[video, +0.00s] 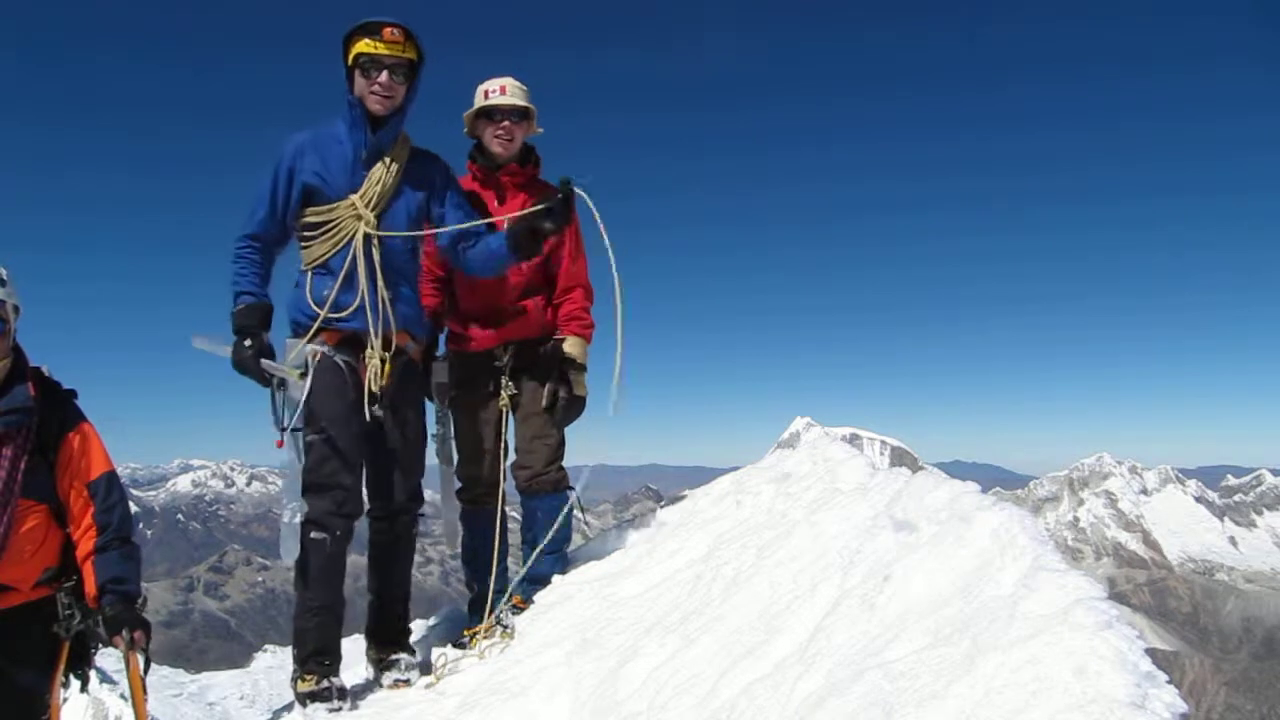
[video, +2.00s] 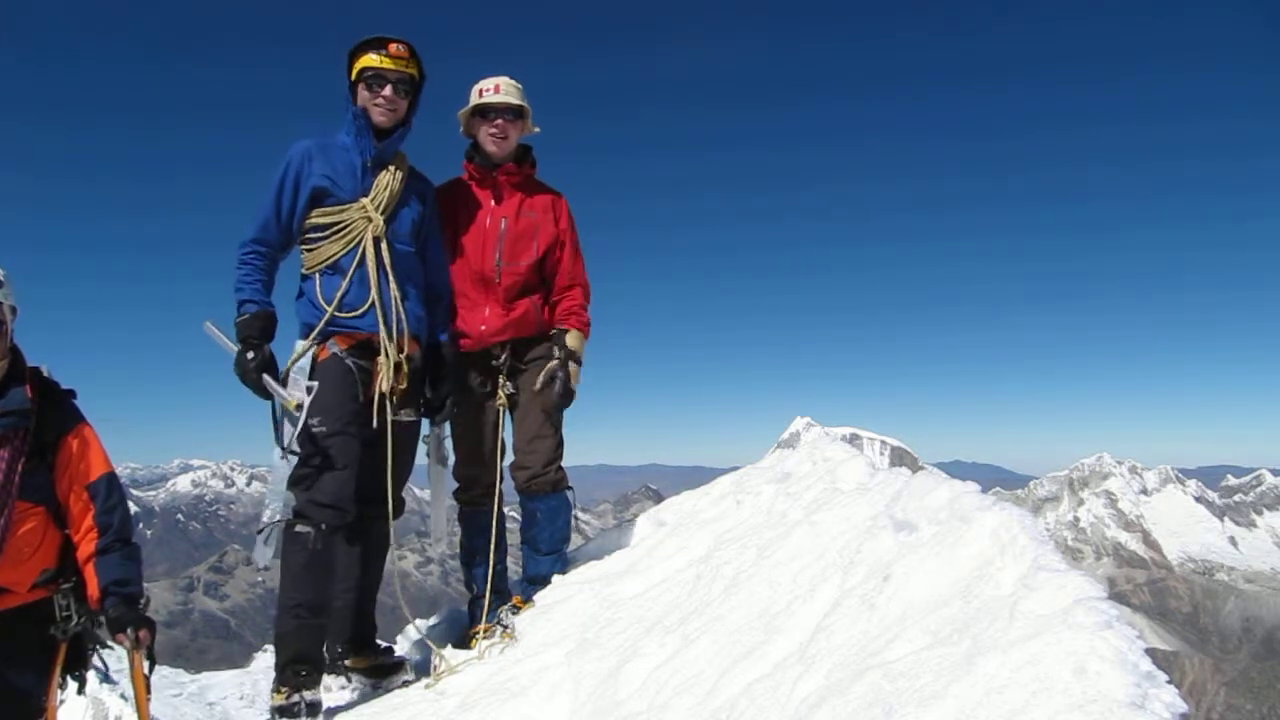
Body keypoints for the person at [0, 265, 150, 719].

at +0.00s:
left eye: (1, 320)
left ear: (13, 323)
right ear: (5, 322)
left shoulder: (47, 409)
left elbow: (99, 507)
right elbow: (99, 507)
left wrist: (116, 597)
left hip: (24, 617)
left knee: (21, 707)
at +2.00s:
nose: (1, 328)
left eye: (1, 316)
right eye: (1, 316)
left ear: (10, 319)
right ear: (7, 320)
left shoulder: (45, 409)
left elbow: (97, 507)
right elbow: (98, 507)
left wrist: (118, 596)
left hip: (24, 620)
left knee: (20, 704)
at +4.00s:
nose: (1, 335)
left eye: (3, 321)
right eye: (1, 321)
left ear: (15, 323)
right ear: (8, 323)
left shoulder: (50, 411)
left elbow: (102, 510)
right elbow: (103, 511)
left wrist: (122, 598)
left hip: (24, 619)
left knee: (20, 705)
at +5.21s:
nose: (15, 357)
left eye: (30, 341)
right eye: (4, 340)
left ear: (48, 343)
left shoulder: (74, 419)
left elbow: (119, 513)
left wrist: (129, 598)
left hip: (36, 618)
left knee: (24, 705)